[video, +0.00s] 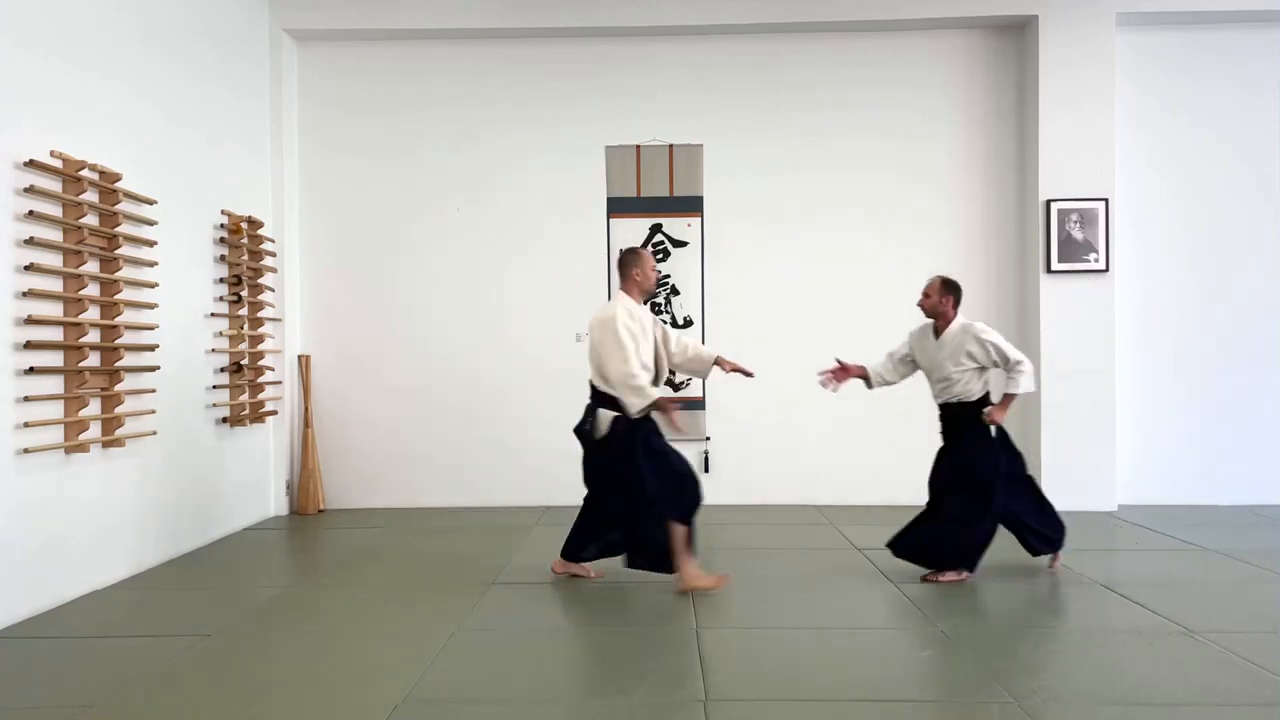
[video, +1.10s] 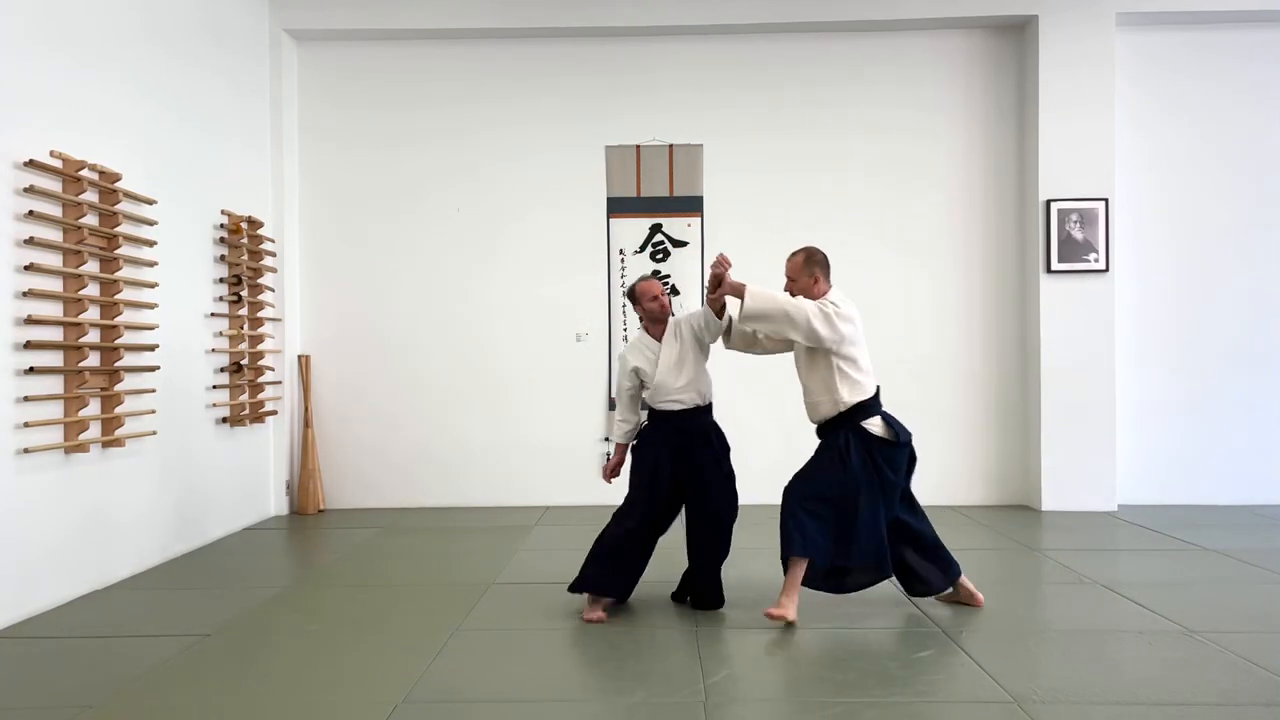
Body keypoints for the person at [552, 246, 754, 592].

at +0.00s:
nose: (659, 273)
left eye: (657, 267)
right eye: (653, 268)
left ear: (635, 275)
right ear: (635, 274)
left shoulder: (646, 319)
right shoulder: (613, 317)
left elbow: (677, 346)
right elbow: (620, 371)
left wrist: (718, 361)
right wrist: (655, 399)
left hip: (626, 419)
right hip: (616, 421)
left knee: (605, 492)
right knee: (680, 480)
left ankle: (568, 559)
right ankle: (687, 571)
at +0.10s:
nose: (694, 273)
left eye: (692, 266)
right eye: (689, 267)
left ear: (664, 274)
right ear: (673, 273)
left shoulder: (659, 309)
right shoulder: (660, 311)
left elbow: (706, 340)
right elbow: (702, 349)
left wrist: (753, 354)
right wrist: (759, 363)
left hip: (639, 415)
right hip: (663, 419)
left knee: (616, 491)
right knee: (724, 486)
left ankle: (569, 559)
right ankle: (759, 575)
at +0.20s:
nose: (723, 276)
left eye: (721, 269)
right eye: (720, 269)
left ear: (689, 273)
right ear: (709, 271)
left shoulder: (677, 309)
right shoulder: (709, 303)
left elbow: (720, 347)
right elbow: (770, 320)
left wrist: (760, 345)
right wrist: (827, 318)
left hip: (676, 414)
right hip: (712, 416)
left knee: (640, 487)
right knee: (768, 488)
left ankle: (598, 565)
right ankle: (768, 581)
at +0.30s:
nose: (744, 265)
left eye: (741, 259)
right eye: (743, 259)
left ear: (708, 264)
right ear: (736, 260)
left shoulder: (693, 306)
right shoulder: (750, 294)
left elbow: (706, 347)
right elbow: (807, 307)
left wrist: (765, 344)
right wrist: (802, 294)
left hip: (716, 406)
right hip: (758, 404)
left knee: (697, 484)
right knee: (782, 486)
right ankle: (773, 578)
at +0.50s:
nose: (753, 277)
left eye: (752, 271)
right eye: (755, 271)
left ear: (755, 273)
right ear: (789, 268)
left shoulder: (767, 311)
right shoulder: (810, 296)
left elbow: (715, 350)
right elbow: (758, 302)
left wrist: (752, 373)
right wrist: (717, 315)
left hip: (801, 422)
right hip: (835, 409)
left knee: (799, 511)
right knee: (864, 495)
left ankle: (809, 604)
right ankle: (919, 574)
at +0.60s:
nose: (784, 284)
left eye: (786, 278)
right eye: (784, 278)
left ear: (801, 280)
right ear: (815, 278)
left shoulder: (817, 316)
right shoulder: (826, 305)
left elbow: (771, 348)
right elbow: (771, 312)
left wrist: (732, 346)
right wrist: (741, 324)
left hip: (833, 435)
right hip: (858, 427)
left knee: (783, 512)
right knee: (897, 506)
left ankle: (808, 605)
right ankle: (962, 585)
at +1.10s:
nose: (787, 289)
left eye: (792, 281)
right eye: (786, 281)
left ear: (817, 279)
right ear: (816, 281)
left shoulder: (834, 313)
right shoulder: (811, 318)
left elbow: (791, 313)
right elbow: (764, 340)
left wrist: (736, 288)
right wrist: (722, 315)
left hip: (858, 434)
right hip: (847, 433)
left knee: (800, 496)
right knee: (897, 512)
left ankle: (788, 599)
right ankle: (961, 586)